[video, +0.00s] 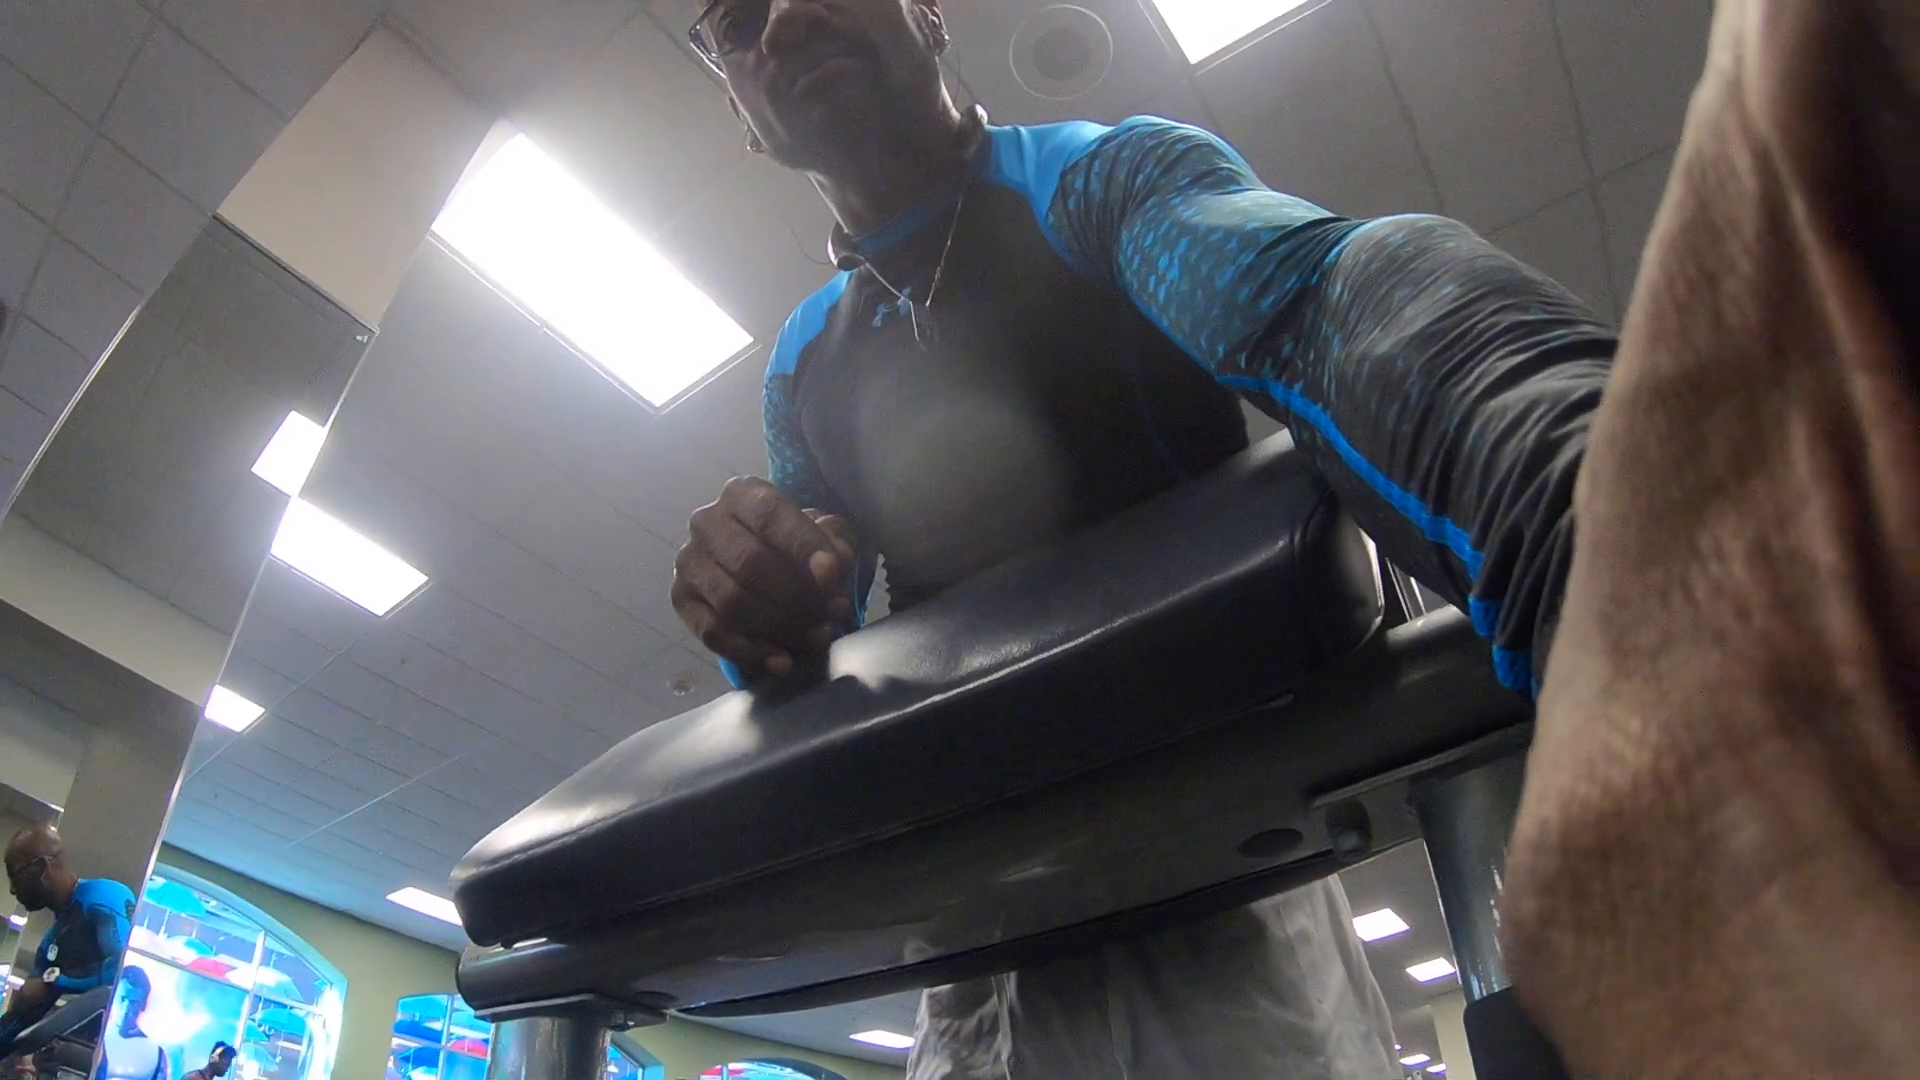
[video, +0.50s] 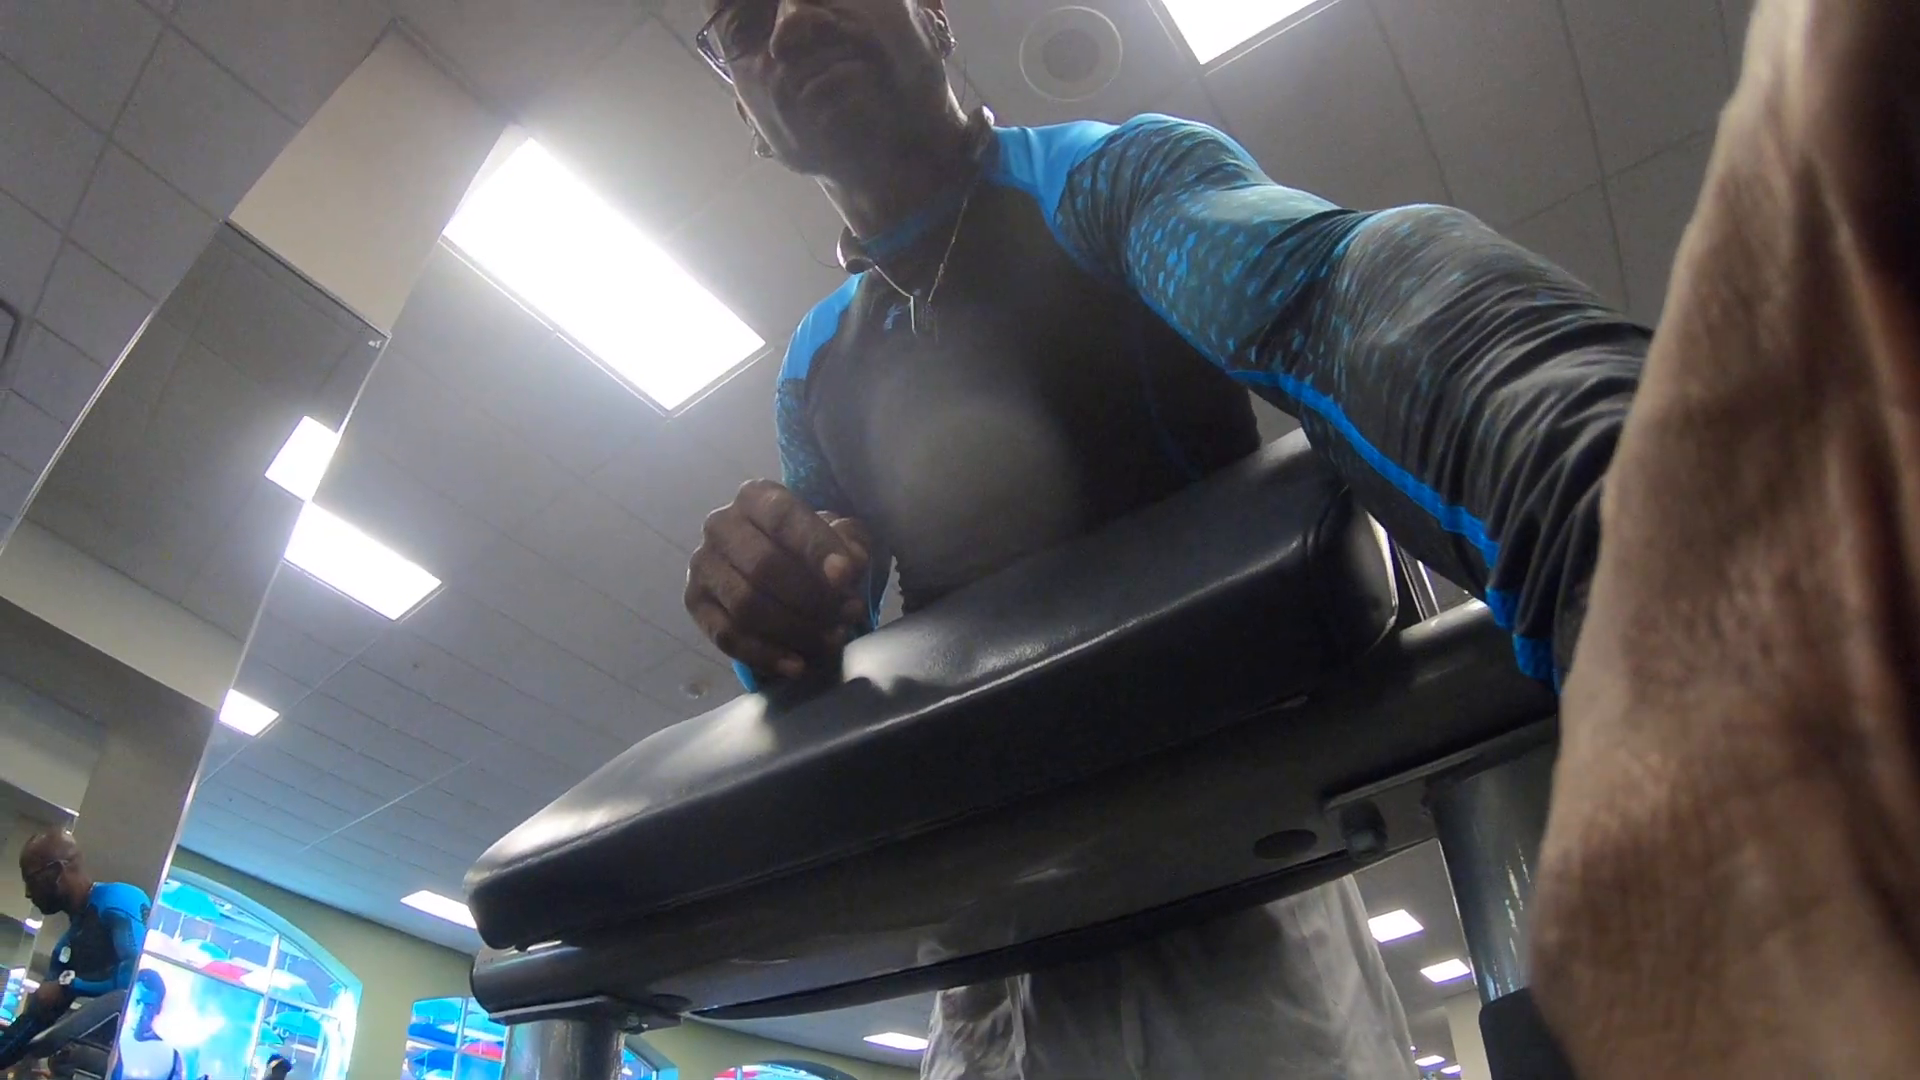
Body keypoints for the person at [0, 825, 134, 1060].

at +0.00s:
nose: (11, 890)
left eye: (15, 875)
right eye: (10, 878)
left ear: (44, 867)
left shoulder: (105, 898)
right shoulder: (49, 946)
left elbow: (125, 977)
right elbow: (27, 1016)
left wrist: (52, 984)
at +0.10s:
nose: (16, 890)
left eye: (20, 876)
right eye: (15, 878)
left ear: (47, 868)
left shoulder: (108, 901)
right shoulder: (55, 946)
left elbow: (127, 981)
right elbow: (30, 1016)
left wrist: (56, 985)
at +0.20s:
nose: (19, 891)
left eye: (23, 877)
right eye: (18, 880)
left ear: (51, 869)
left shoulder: (112, 901)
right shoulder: (59, 945)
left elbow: (128, 984)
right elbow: (30, 1016)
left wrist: (59, 984)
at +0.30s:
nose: (22, 892)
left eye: (25, 877)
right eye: (21, 880)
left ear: (54, 870)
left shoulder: (114, 901)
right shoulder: (61, 946)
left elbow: (132, 985)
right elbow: (32, 1017)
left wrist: (62, 984)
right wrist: (4, 1051)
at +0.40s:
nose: (24, 892)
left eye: (28, 879)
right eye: (23, 881)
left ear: (56, 871)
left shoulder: (118, 901)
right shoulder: (64, 946)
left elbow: (136, 985)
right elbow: (36, 1015)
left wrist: (65, 986)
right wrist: (4, 1053)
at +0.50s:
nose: (27, 893)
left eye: (30, 880)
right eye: (26, 882)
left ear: (59, 871)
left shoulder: (119, 901)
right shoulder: (66, 947)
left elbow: (137, 983)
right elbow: (38, 1017)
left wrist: (69, 986)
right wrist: (4, 1057)